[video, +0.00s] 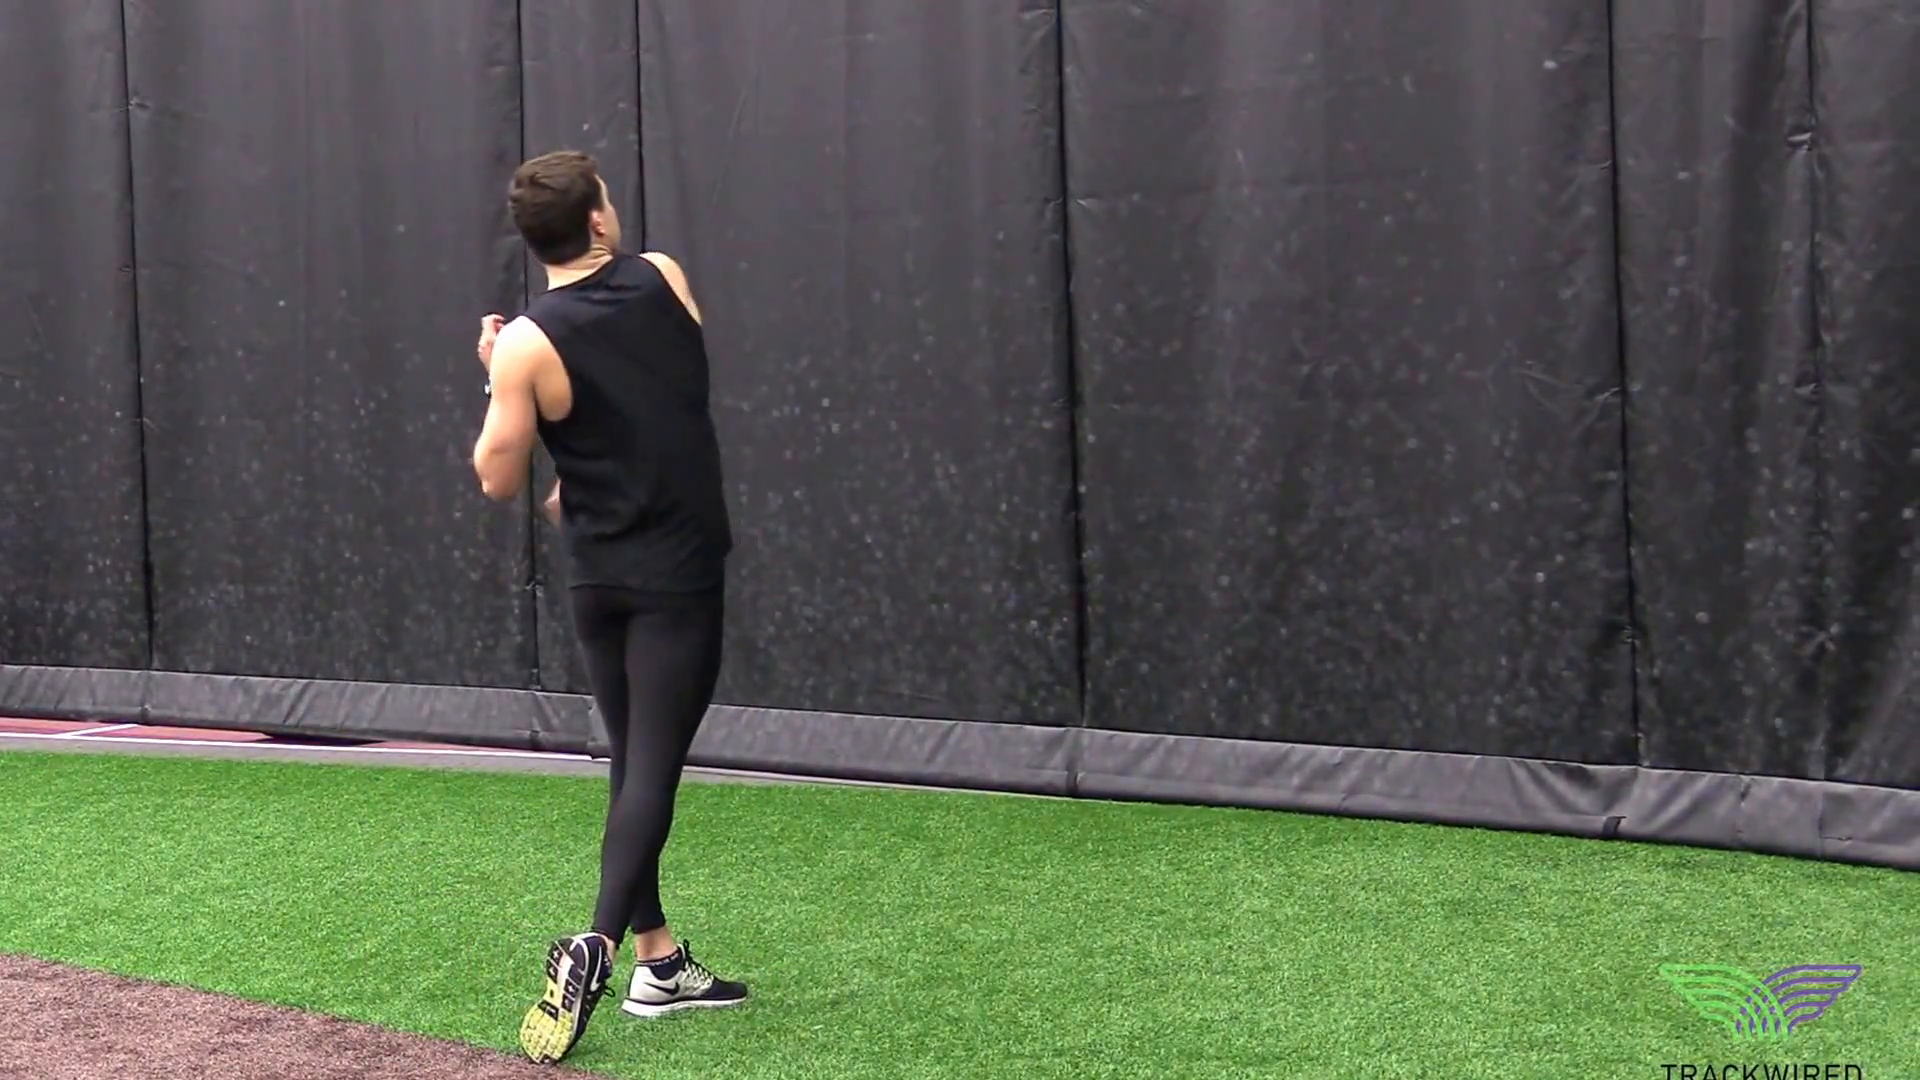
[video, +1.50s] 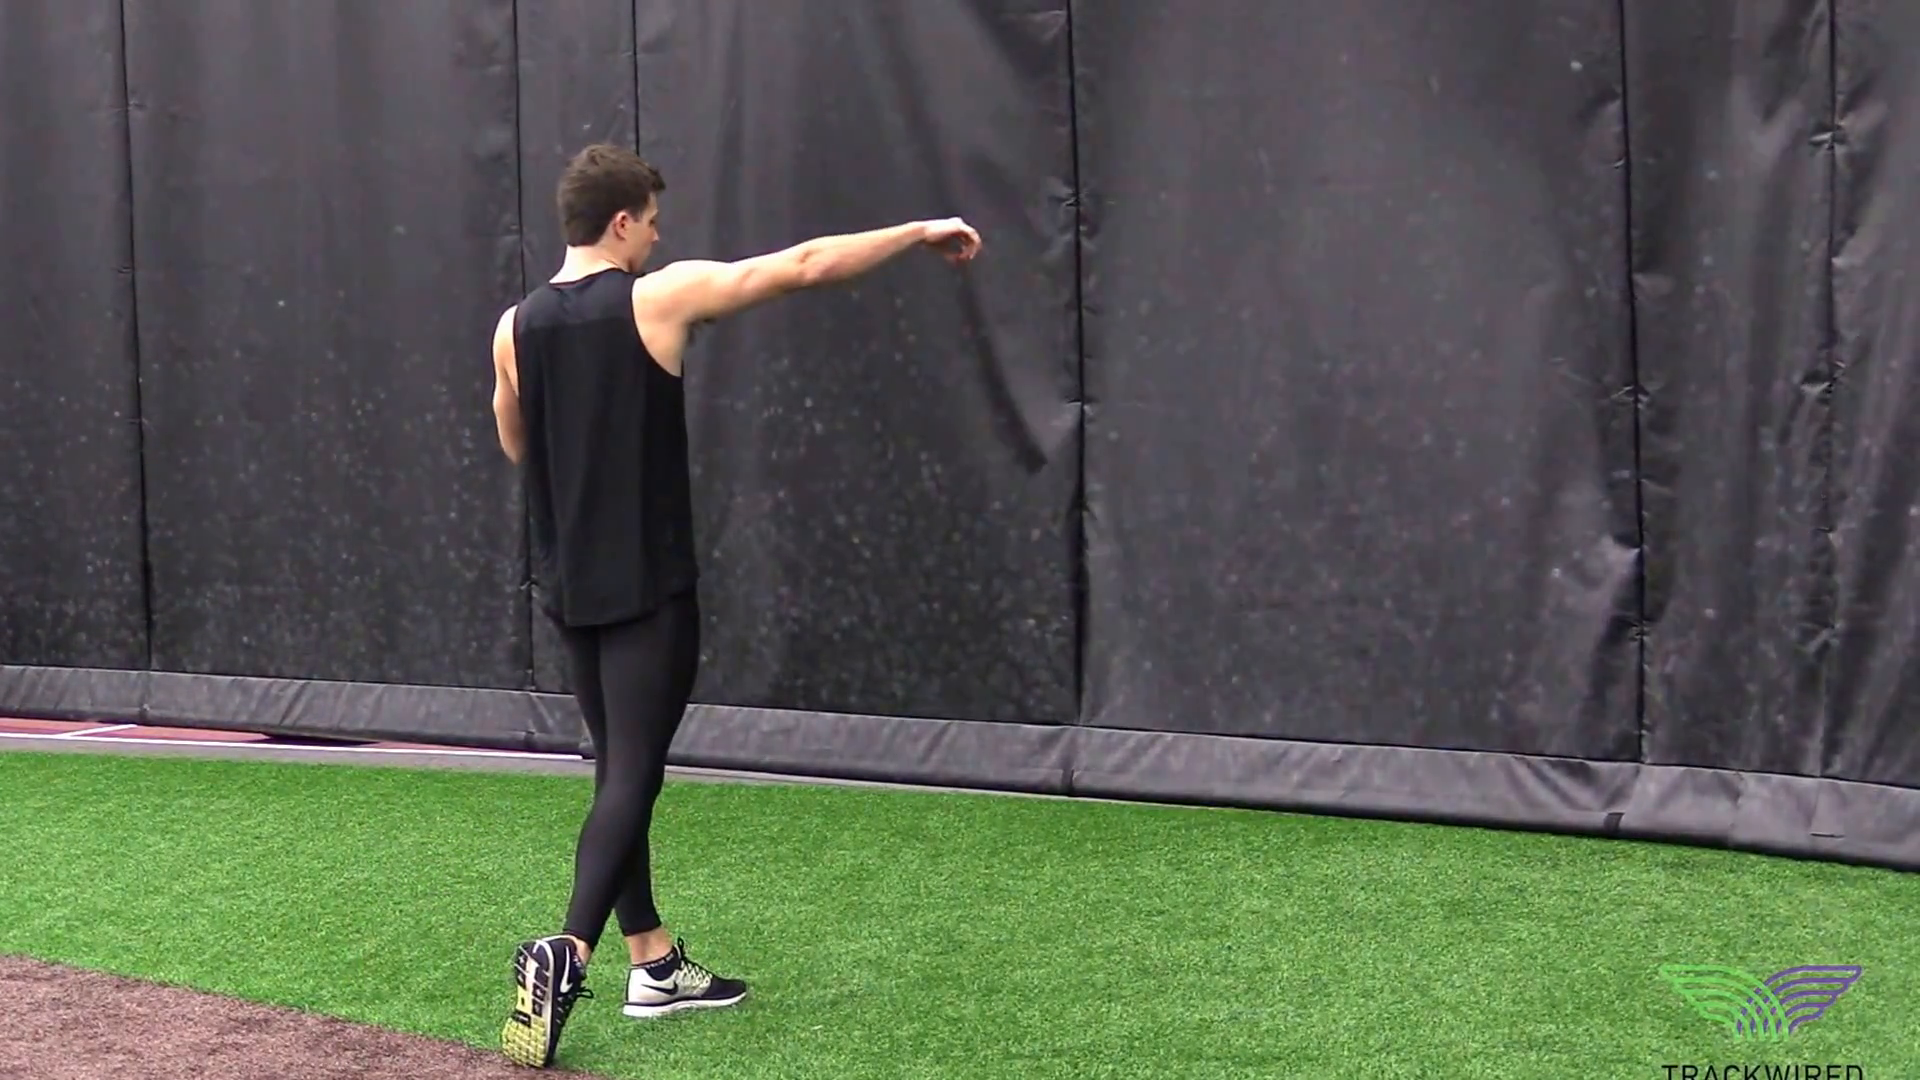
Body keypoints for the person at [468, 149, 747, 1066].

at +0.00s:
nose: (614, 202)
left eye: (602, 195)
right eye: (608, 196)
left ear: (530, 241)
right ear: (598, 221)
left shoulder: (527, 343)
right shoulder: (661, 276)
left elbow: (497, 479)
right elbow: (677, 372)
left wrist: (498, 371)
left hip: (595, 571)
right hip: (682, 565)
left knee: (630, 766)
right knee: (652, 769)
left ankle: (659, 962)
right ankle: (596, 947)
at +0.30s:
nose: (633, 201)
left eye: (623, 191)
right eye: (627, 193)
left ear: (550, 233)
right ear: (616, 218)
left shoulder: (520, 334)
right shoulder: (688, 281)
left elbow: (486, 460)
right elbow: (763, 301)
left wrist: (518, 389)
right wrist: (771, 301)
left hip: (583, 576)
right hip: (669, 574)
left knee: (632, 768)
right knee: (633, 772)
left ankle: (659, 961)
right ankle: (576, 951)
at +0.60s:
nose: (648, 202)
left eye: (638, 190)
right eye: (641, 192)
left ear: (563, 226)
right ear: (623, 215)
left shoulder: (521, 325)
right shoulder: (685, 283)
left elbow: (488, 436)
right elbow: (807, 251)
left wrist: (538, 378)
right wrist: (891, 218)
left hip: (572, 574)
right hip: (654, 571)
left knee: (625, 762)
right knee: (621, 765)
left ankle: (658, 959)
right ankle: (560, 951)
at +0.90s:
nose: (648, 206)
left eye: (640, 192)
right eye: (640, 196)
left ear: (562, 226)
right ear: (622, 218)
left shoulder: (521, 323)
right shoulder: (674, 294)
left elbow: (505, 437)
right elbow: (813, 271)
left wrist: (547, 370)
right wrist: (925, 243)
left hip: (571, 574)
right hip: (650, 572)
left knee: (622, 765)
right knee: (623, 768)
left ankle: (653, 963)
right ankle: (554, 950)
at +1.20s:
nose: (653, 226)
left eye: (648, 211)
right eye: (647, 213)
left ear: (567, 223)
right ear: (623, 220)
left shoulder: (515, 327)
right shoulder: (664, 296)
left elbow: (513, 441)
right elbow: (811, 274)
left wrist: (561, 370)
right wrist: (926, 248)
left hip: (575, 579)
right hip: (651, 576)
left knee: (622, 769)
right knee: (629, 774)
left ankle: (654, 963)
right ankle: (564, 953)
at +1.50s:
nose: (655, 235)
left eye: (653, 220)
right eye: (652, 221)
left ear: (574, 224)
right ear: (624, 222)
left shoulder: (516, 325)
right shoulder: (662, 296)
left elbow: (514, 443)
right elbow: (803, 266)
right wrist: (918, 231)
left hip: (572, 580)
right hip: (651, 576)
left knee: (621, 773)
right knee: (630, 777)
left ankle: (653, 963)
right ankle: (567, 953)